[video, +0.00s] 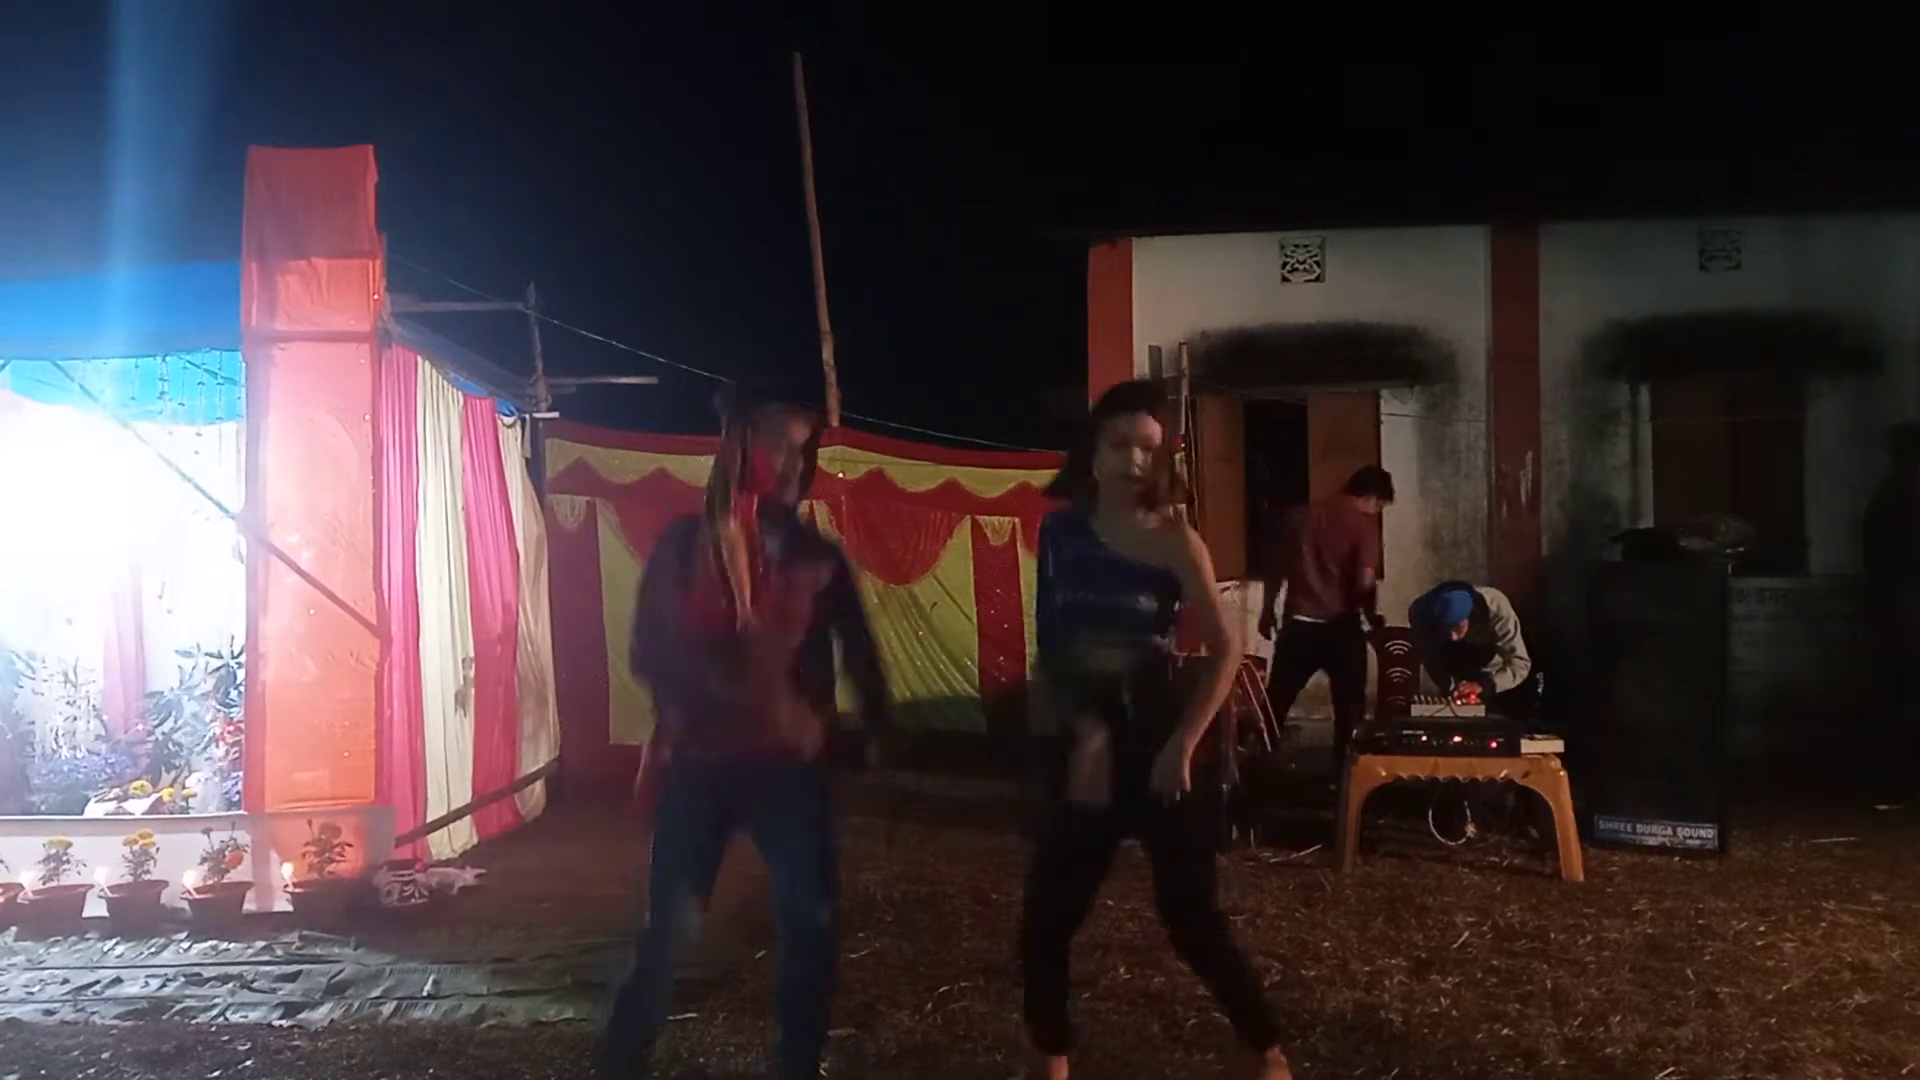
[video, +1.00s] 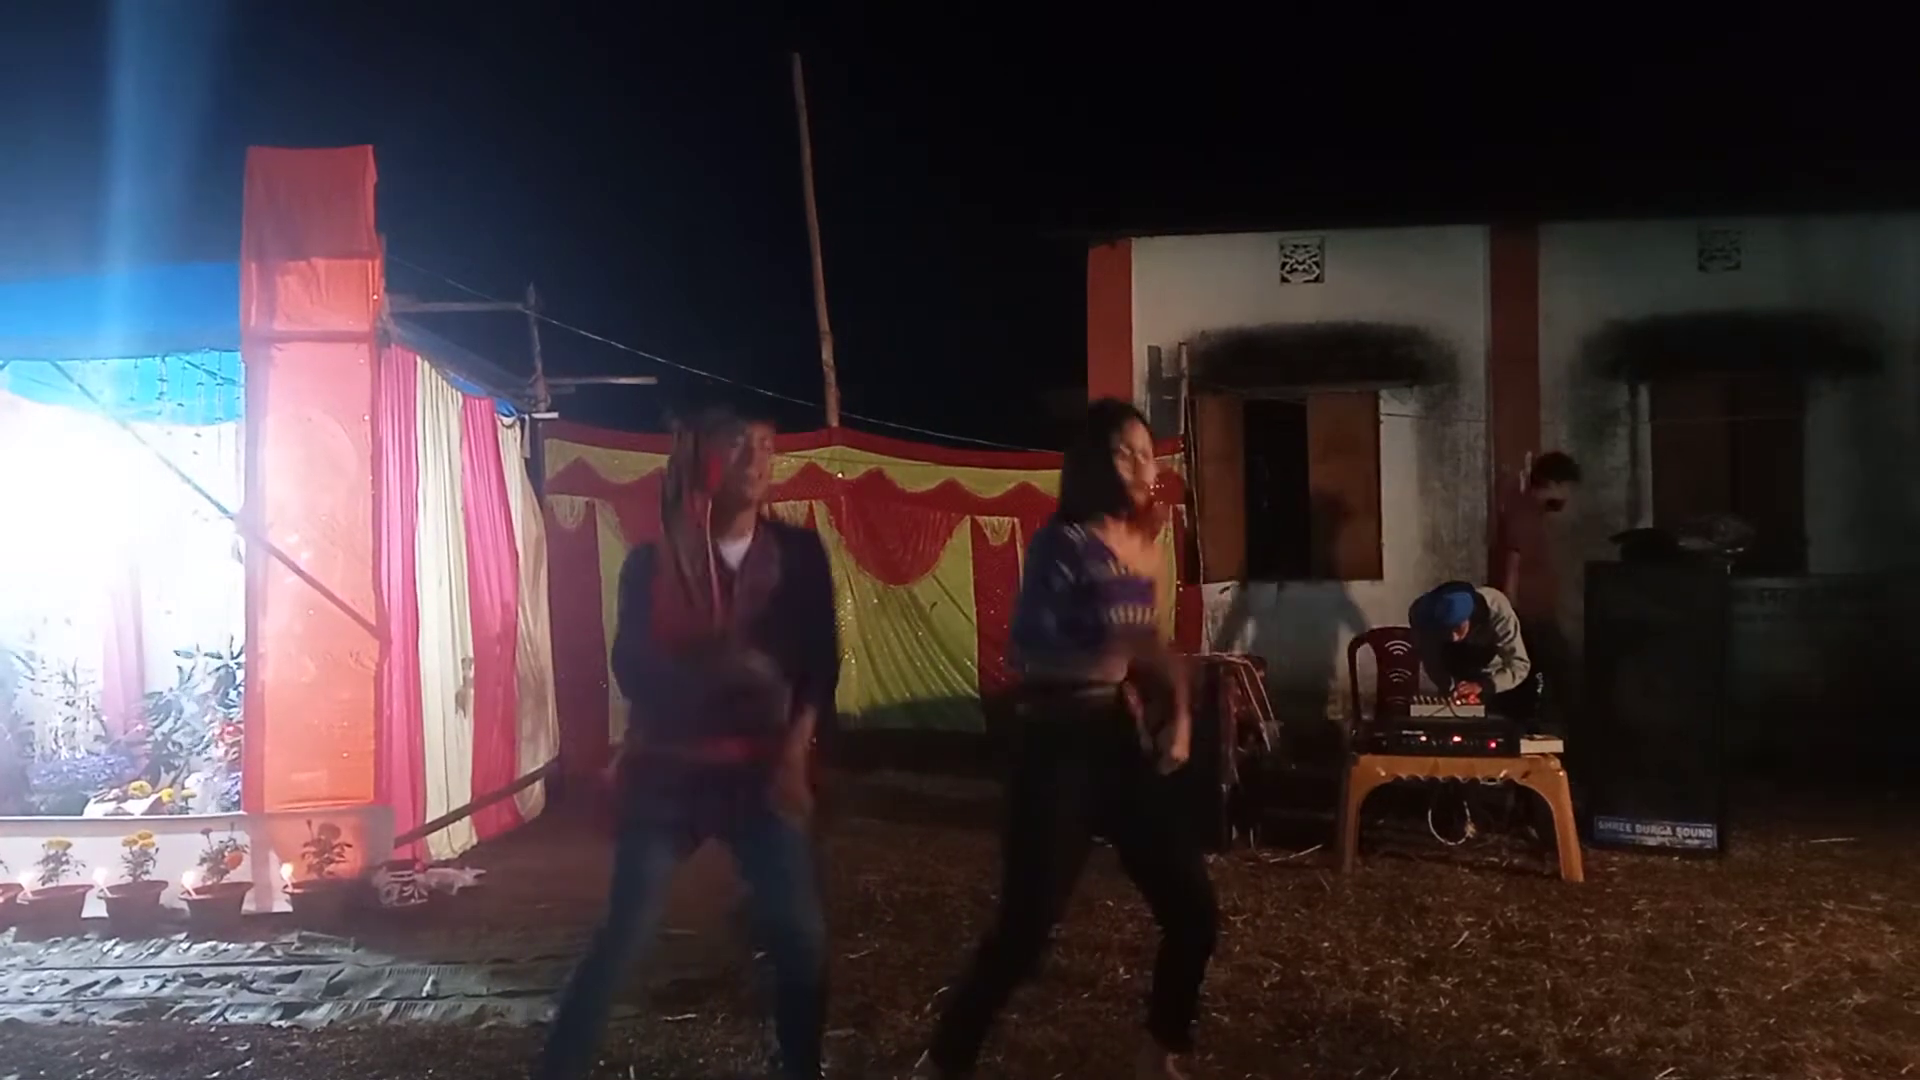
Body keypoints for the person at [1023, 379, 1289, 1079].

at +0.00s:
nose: (1137, 461)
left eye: (1150, 449)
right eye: (1123, 445)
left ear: (1164, 460)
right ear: (1093, 452)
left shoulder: (1175, 540)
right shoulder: (1060, 533)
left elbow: (1227, 648)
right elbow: (1050, 647)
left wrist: (1183, 742)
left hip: (1164, 740)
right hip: (1082, 739)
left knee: (1189, 914)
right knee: (1046, 915)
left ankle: (1270, 1055)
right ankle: (1051, 1060)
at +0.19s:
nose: (1170, 414)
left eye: (1179, 401)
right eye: (1157, 401)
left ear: (1188, 403)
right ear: (1122, 399)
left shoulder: (1189, 484)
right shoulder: (1079, 472)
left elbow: (1205, 590)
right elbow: (1064, 563)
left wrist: (1189, 677)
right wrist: (1138, 585)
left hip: (1154, 663)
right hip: (1075, 661)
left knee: (1175, 843)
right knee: (1048, 841)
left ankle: (1207, 1022)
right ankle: (1023, 1021)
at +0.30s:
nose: (1180, 404)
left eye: (1188, 392)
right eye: (1169, 389)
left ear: (1193, 396)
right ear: (1129, 386)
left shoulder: (1179, 479)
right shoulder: (1095, 463)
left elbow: (1184, 580)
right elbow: (1121, 493)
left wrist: (1187, 664)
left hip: (1142, 663)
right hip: (1069, 655)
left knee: (1169, 846)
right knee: (1039, 839)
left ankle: (1171, 1032)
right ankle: (973, 1014)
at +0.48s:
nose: (1196, 474)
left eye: (1195, 461)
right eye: (1183, 461)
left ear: (1156, 469)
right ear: (1142, 465)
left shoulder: (1141, 543)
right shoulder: (1110, 536)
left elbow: (1141, 638)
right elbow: (1179, 617)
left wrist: (1171, 707)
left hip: (1117, 724)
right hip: (1062, 726)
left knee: (1188, 897)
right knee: (1036, 909)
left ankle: (1160, 1052)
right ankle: (936, 1054)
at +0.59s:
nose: (1192, 465)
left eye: (1191, 450)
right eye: (1183, 451)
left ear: (1128, 455)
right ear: (1153, 456)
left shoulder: (1106, 525)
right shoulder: (1121, 531)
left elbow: (1100, 639)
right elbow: (1191, 631)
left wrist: (1154, 683)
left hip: (1102, 730)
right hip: (1063, 731)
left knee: (1173, 888)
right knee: (1032, 906)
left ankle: (1161, 1052)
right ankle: (934, 1055)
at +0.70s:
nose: (1186, 440)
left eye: (1187, 427)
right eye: (1175, 427)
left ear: (1174, 430)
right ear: (1141, 430)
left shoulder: (1138, 498)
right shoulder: (1120, 493)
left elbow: (1104, 616)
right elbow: (1195, 522)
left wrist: (1137, 674)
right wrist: (1233, 502)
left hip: (1097, 702)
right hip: (1048, 699)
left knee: (1150, 885)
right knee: (1020, 894)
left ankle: (1157, 1052)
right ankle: (936, 1051)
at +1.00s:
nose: (1147, 469)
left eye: (1150, 455)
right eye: (1131, 455)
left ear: (1153, 462)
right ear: (1096, 463)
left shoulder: (1147, 545)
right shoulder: (1059, 543)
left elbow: (1150, 644)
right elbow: (1028, 654)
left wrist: (1176, 710)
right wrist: (1110, 665)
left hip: (1122, 741)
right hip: (1056, 743)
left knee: (1192, 912)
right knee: (1025, 926)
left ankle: (1165, 1052)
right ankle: (943, 1062)